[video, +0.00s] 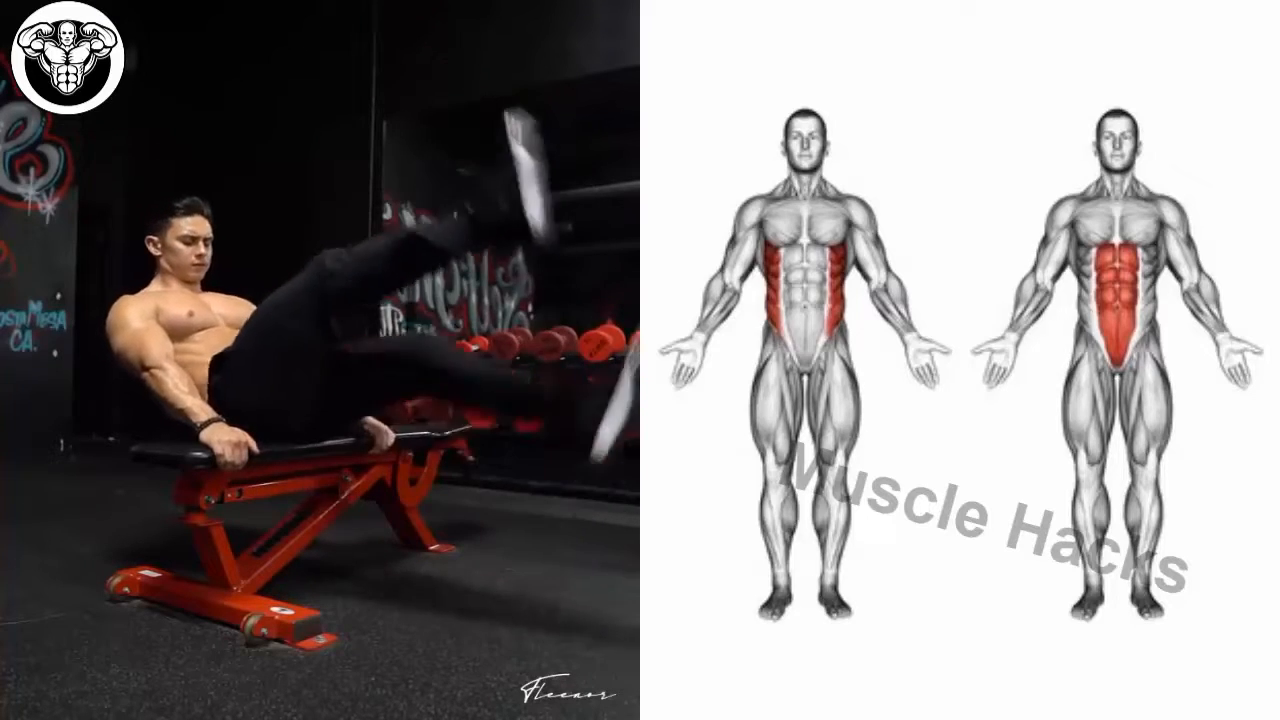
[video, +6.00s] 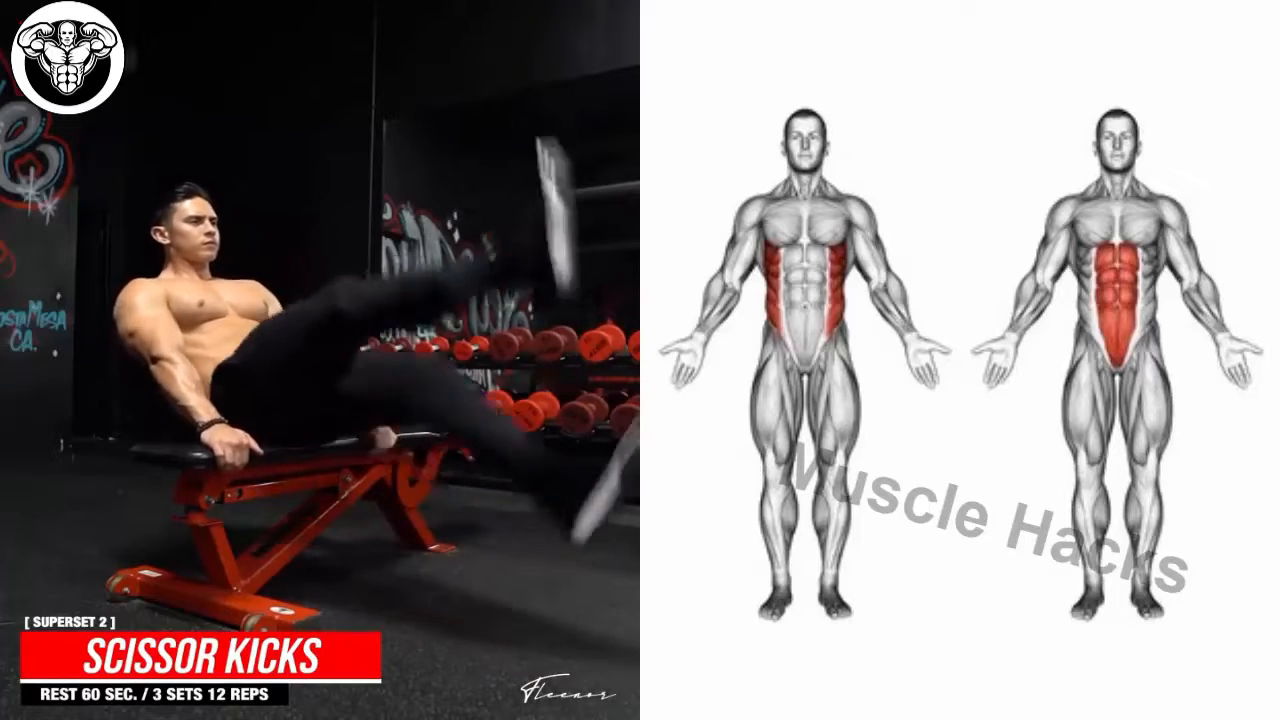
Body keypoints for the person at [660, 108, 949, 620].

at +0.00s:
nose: (805, 146)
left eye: (812, 138)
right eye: (797, 138)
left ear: (825, 146)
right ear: (785, 146)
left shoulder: (852, 211)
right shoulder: (758, 211)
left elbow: (881, 281)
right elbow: (729, 281)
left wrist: (910, 337)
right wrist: (700, 336)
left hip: (832, 355)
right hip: (777, 355)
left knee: (834, 467)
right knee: (777, 469)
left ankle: (830, 584)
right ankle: (780, 585)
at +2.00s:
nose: (804, 145)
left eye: (812, 138)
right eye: (797, 138)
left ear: (825, 146)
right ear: (785, 145)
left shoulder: (852, 211)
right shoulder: (758, 211)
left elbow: (881, 282)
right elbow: (729, 281)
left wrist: (910, 336)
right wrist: (700, 336)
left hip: (832, 355)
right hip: (777, 355)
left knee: (834, 467)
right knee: (777, 469)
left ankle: (830, 584)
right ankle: (780, 585)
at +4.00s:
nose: (804, 146)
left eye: (812, 138)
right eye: (797, 138)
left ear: (825, 145)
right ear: (785, 145)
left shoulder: (851, 211)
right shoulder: (758, 211)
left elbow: (881, 281)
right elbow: (729, 281)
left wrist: (909, 336)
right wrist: (700, 336)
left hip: (832, 356)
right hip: (777, 355)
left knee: (834, 467)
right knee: (776, 469)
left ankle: (830, 584)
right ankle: (780, 585)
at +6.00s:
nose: (804, 145)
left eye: (812, 138)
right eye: (797, 138)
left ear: (825, 145)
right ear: (785, 146)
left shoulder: (851, 211)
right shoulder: (758, 211)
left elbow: (881, 281)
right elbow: (729, 281)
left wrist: (909, 336)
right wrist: (700, 336)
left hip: (832, 355)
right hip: (778, 355)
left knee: (834, 467)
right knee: (776, 469)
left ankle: (829, 584)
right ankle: (780, 585)